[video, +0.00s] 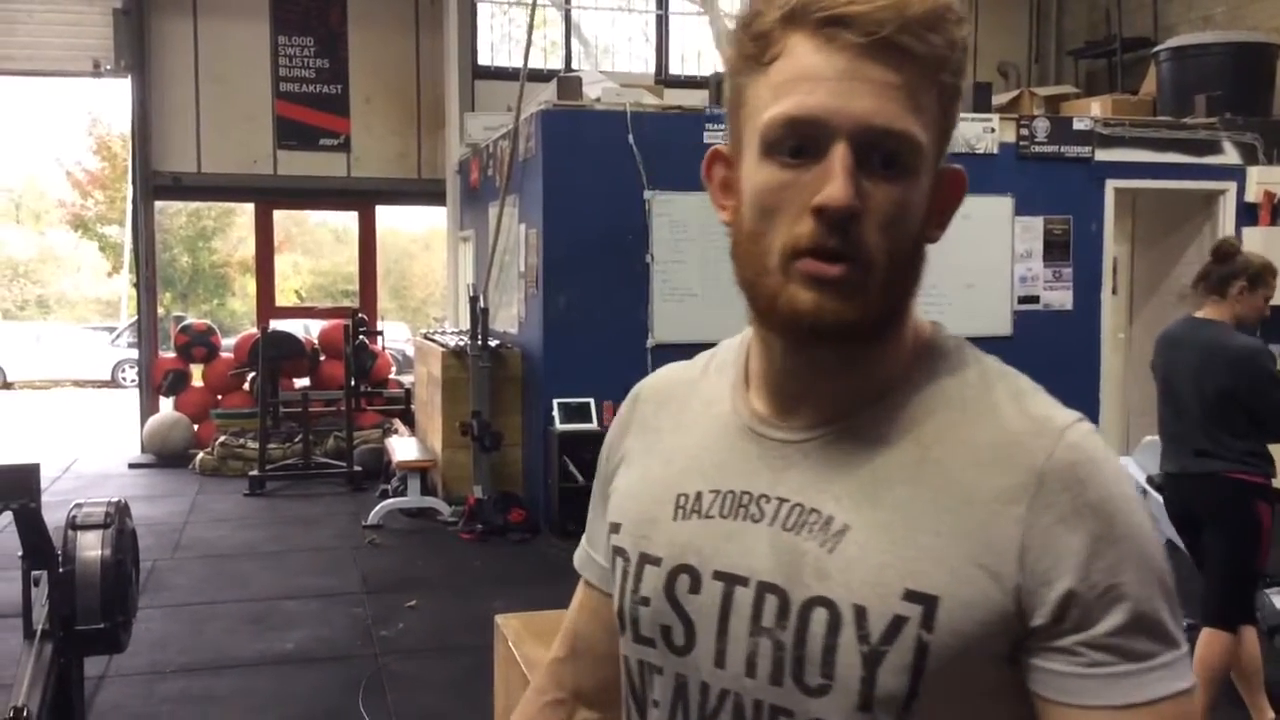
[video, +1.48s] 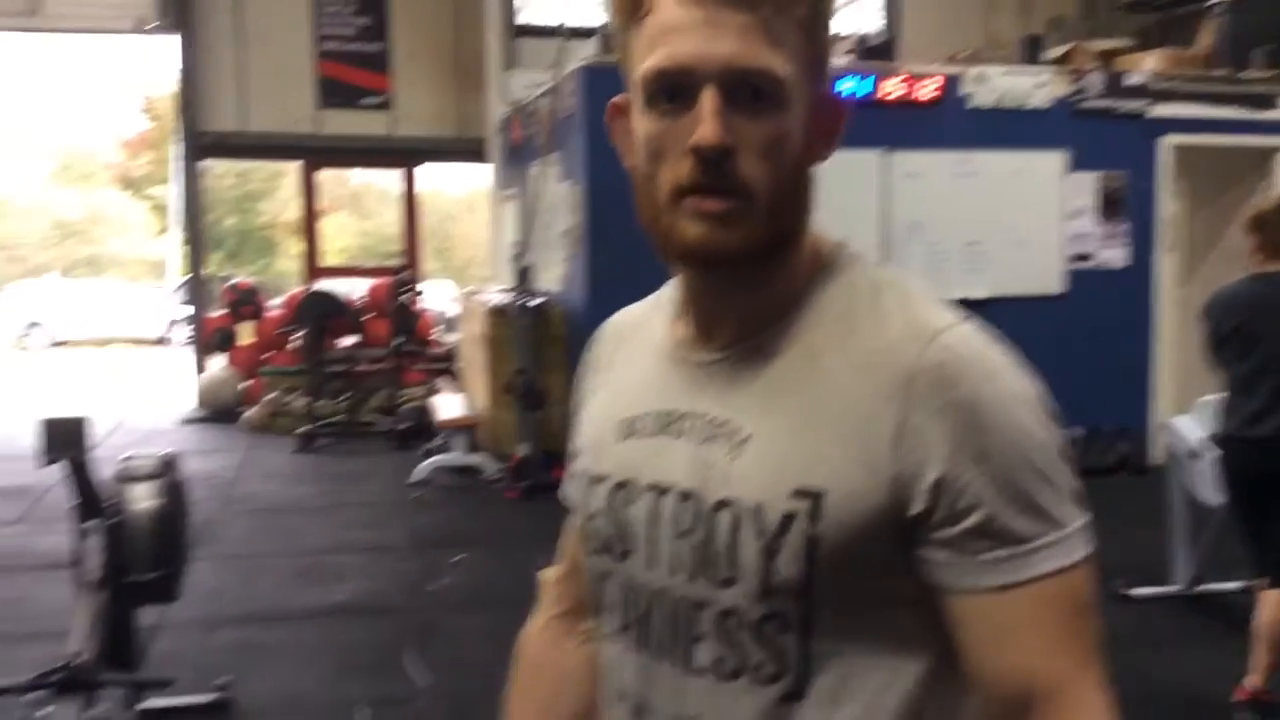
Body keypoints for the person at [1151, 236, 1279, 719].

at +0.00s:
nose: (1268, 309)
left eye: (1269, 299)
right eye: (1265, 298)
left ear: (1224, 288)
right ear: (1239, 291)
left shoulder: (1168, 340)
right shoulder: (1250, 353)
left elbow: (1181, 408)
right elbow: (1273, 424)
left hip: (1180, 484)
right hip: (1236, 488)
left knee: (1235, 606)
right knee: (1221, 612)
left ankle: (1261, 711)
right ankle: (1194, 713)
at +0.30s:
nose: (1257, 307)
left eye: (1260, 297)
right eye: (1257, 296)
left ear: (1214, 281)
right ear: (1235, 286)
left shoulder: (1159, 333)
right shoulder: (1242, 344)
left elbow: (1160, 399)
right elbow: (1268, 418)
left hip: (1169, 473)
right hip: (1228, 479)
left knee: (1176, 577)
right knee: (1230, 591)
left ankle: (1171, 685)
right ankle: (1240, 695)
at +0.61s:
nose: (1242, 289)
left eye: (1243, 281)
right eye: (1241, 281)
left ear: (1186, 275)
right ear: (1232, 281)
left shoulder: (1151, 330)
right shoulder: (1232, 339)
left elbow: (1154, 394)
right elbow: (1258, 418)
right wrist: (1208, 398)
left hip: (1160, 472)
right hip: (1218, 476)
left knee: (1169, 588)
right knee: (1218, 597)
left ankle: (1169, 698)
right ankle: (1240, 703)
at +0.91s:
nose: (1159, 281)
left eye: (1165, 273)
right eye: (1161, 272)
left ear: (1188, 277)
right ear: (1217, 278)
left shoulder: (1149, 330)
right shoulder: (1259, 330)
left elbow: (1152, 388)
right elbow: (1265, 406)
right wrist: (1215, 399)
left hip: (1159, 477)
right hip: (1229, 479)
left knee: (1207, 590)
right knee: (1202, 598)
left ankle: (1236, 693)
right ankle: (1180, 706)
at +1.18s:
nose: (1169, 267)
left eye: (1178, 258)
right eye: (1171, 257)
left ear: (1212, 265)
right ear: (1222, 265)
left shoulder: (1171, 317)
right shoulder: (1269, 312)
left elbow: (1153, 378)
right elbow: (1271, 376)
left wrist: (1206, 368)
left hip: (1183, 466)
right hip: (1253, 462)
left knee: (1204, 582)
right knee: (1225, 583)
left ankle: (1247, 679)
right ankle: (1194, 696)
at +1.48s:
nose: (1262, 250)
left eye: (1258, 240)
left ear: (1253, 242)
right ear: (1279, 243)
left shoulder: (1227, 302)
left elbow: (1223, 360)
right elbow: (1225, 359)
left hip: (1245, 442)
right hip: (1268, 442)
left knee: (1267, 566)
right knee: (1270, 568)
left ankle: (1259, 677)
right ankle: (1256, 678)